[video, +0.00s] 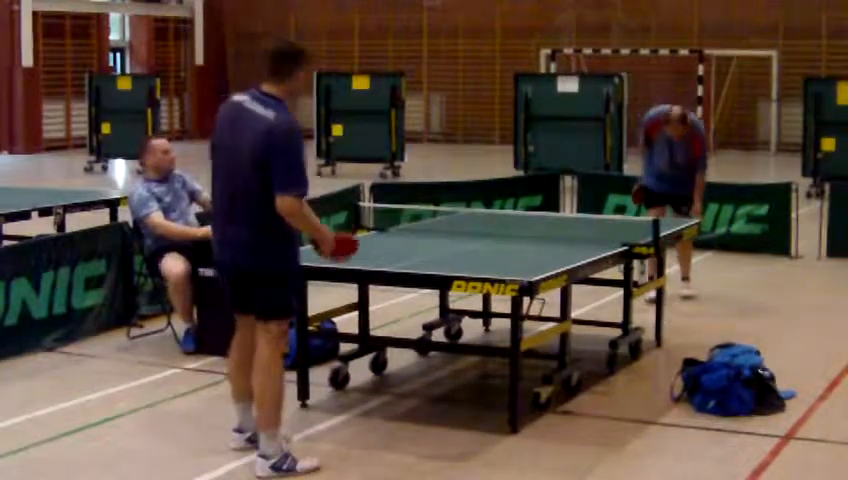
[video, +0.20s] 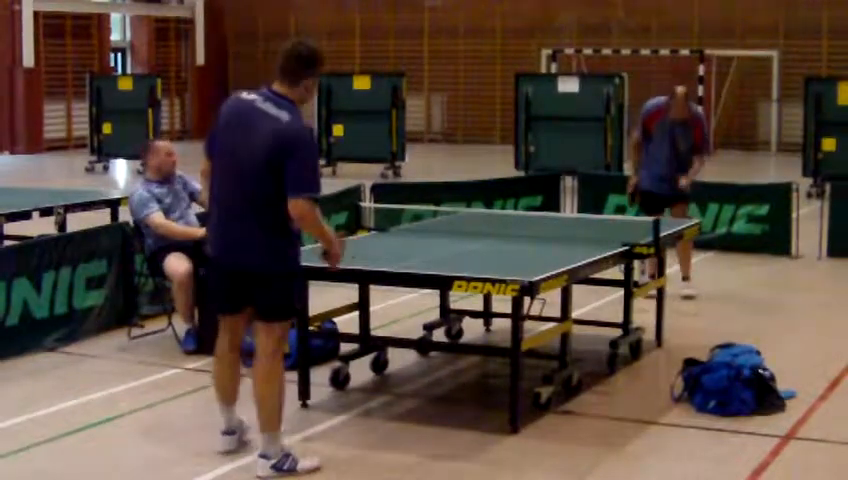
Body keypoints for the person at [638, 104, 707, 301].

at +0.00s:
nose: (675, 134)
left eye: (679, 131)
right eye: (672, 130)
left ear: (686, 125)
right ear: (666, 123)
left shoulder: (696, 130)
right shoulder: (652, 121)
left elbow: (700, 170)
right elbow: (645, 149)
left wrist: (697, 202)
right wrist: (645, 179)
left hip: (684, 184)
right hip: (656, 182)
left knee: (685, 231)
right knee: (655, 230)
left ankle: (685, 280)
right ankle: (653, 282)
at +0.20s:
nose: (678, 109)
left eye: (682, 105)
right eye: (675, 104)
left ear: (687, 102)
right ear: (669, 100)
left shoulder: (695, 116)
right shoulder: (653, 109)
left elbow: (701, 154)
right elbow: (637, 140)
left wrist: (689, 176)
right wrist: (634, 173)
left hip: (677, 181)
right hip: (651, 180)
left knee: (682, 228)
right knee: (650, 230)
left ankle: (686, 278)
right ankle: (650, 277)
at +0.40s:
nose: (666, 101)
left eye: (670, 97)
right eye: (663, 96)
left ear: (678, 95)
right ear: (658, 92)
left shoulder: (688, 112)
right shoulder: (642, 106)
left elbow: (693, 147)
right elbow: (627, 139)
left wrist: (679, 143)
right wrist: (627, 173)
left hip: (675, 181)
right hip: (646, 179)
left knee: (680, 229)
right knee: (646, 230)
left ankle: (684, 278)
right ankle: (649, 275)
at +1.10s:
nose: (650, 98)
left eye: (654, 93)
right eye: (647, 93)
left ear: (664, 91)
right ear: (644, 90)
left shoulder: (681, 111)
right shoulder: (636, 105)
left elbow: (689, 149)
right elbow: (622, 132)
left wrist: (670, 179)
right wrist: (624, 158)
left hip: (669, 183)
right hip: (638, 180)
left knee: (670, 236)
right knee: (634, 229)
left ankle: (669, 285)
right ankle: (637, 270)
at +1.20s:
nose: (648, 99)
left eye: (652, 94)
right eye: (645, 94)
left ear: (662, 91)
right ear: (641, 90)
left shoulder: (677, 111)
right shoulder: (634, 104)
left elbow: (683, 151)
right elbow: (621, 133)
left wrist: (663, 181)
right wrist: (621, 159)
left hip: (663, 181)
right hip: (634, 178)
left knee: (666, 235)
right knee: (626, 229)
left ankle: (668, 286)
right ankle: (617, 283)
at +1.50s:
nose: (627, 103)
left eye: (631, 99)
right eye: (624, 98)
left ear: (642, 97)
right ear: (620, 94)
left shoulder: (653, 118)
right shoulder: (610, 110)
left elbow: (653, 160)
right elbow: (591, 138)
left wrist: (630, 188)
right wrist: (596, 165)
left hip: (639, 186)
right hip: (609, 184)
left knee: (655, 237)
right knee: (601, 237)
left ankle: (665, 287)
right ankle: (594, 290)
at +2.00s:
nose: (616, 97)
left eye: (621, 93)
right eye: (613, 92)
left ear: (631, 94)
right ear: (610, 93)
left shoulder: (644, 121)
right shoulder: (599, 115)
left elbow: (641, 156)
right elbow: (580, 147)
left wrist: (619, 171)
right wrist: (586, 178)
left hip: (632, 185)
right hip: (601, 185)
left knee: (657, 235)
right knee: (597, 238)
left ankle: (674, 287)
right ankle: (594, 290)